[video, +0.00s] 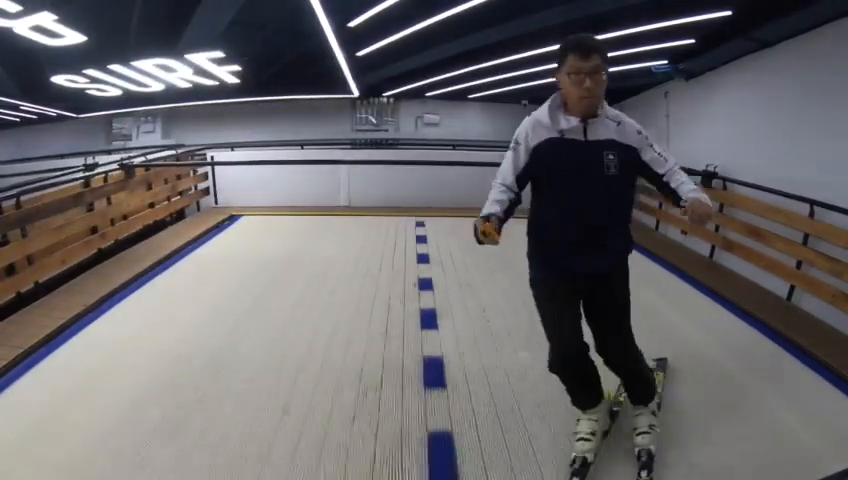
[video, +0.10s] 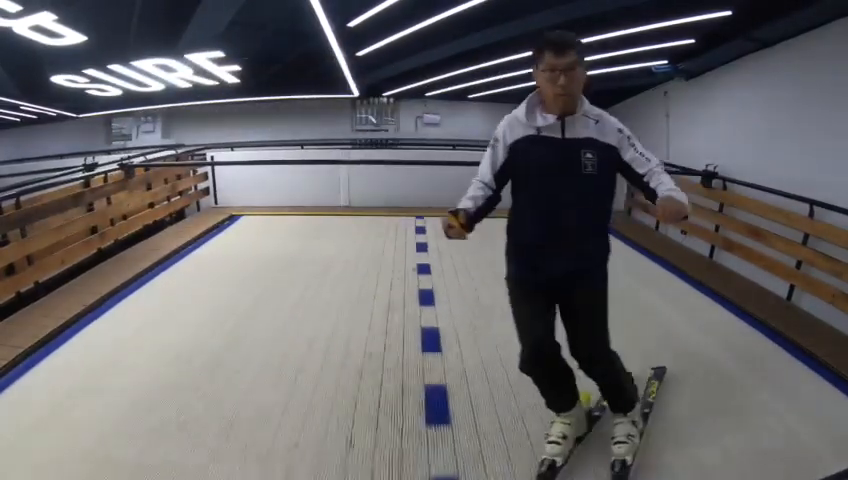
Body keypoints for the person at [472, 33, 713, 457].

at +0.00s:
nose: (588, 84)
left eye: (596, 75)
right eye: (578, 76)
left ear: (606, 77)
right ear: (559, 78)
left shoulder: (625, 130)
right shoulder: (535, 129)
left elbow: (667, 171)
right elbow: (507, 182)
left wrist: (693, 196)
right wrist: (492, 215)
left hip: (607, 259)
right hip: (551, 261)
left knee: (614, 345)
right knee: (564, 353)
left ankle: (645, 399)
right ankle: (591, 409)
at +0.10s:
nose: (561, 82)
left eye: (569, 71)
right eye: (551, 73)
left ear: (583, 73)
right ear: (535, 76)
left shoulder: (607, 129)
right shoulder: (513, 128)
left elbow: (650, 170)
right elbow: (486, 182)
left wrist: (672, 198)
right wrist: (464, 215)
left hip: (584, 261)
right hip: (527, 262)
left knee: (589, 350)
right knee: (535, 354)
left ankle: (626, 409)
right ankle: (569, 412)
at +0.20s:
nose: (529, 78)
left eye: (539, 68)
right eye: (520, 69)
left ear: (556, 73)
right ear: (508, 75)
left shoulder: (580, 128)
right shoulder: (486, 125)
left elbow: (624, 170)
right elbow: (460, 182)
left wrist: (641, 195)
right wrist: (431, 209)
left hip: (554, 259)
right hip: (498, 258)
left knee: (557, 354)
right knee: (499, 353)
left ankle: (597, 413)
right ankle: (538, 412)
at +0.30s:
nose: (491, 74)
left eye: (501, 65)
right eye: (483, 66)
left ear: (520, 69)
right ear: (474, 71)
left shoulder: (544, 124)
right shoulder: (453, 121)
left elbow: (589, 167)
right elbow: (429, 179)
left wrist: (602, 196)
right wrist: (396, 204)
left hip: (517, 256)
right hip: (462, 253)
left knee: (516, 352)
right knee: (456, 346)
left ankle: (561, 415)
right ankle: (497, 412)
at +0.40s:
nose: (449, 71)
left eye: (460, 62)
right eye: (441, 63)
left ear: (480, 66)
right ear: (434, 67)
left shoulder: (505, 120)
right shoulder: (416, 118)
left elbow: (549, 169)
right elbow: (393, 176)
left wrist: (552, 196)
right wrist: (357, 200)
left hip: (475, 251)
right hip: (423, 246)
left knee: (471, 348)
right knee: (408, 336)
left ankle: (522, 414)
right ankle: (449, 404)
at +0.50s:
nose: (406, 68)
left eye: (416, 59)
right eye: (398, 59)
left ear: (438, 64)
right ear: (390, 65)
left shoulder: (461, 119)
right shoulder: (377, 117)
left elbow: (505, 167)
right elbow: (351, 172)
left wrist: (505, 195)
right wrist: (312, 194)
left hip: (431, 247)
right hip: (381, 242)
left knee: (423, 341)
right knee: (363, 329)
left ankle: (475, 412)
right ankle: (402, 393)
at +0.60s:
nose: (359, 62)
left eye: (370, 53)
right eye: (353, 54)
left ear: (392, 59)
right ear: (347, 60)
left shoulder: (413, 113)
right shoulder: (332, 110)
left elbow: (453, 159)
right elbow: (308, 163)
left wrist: (456, 188)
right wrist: (268, 188)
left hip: (385, 238)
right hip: (337, 233)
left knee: (381, 330)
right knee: (322, 319)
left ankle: (431, 403)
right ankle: (356, 381)